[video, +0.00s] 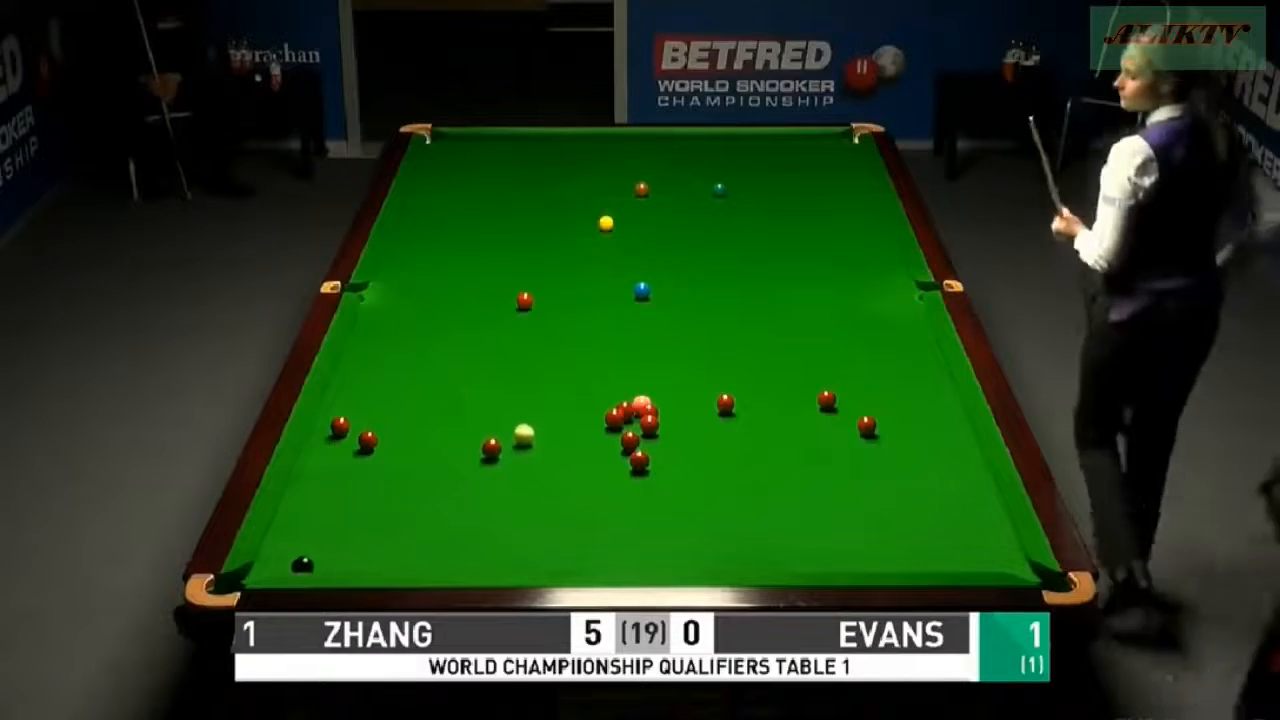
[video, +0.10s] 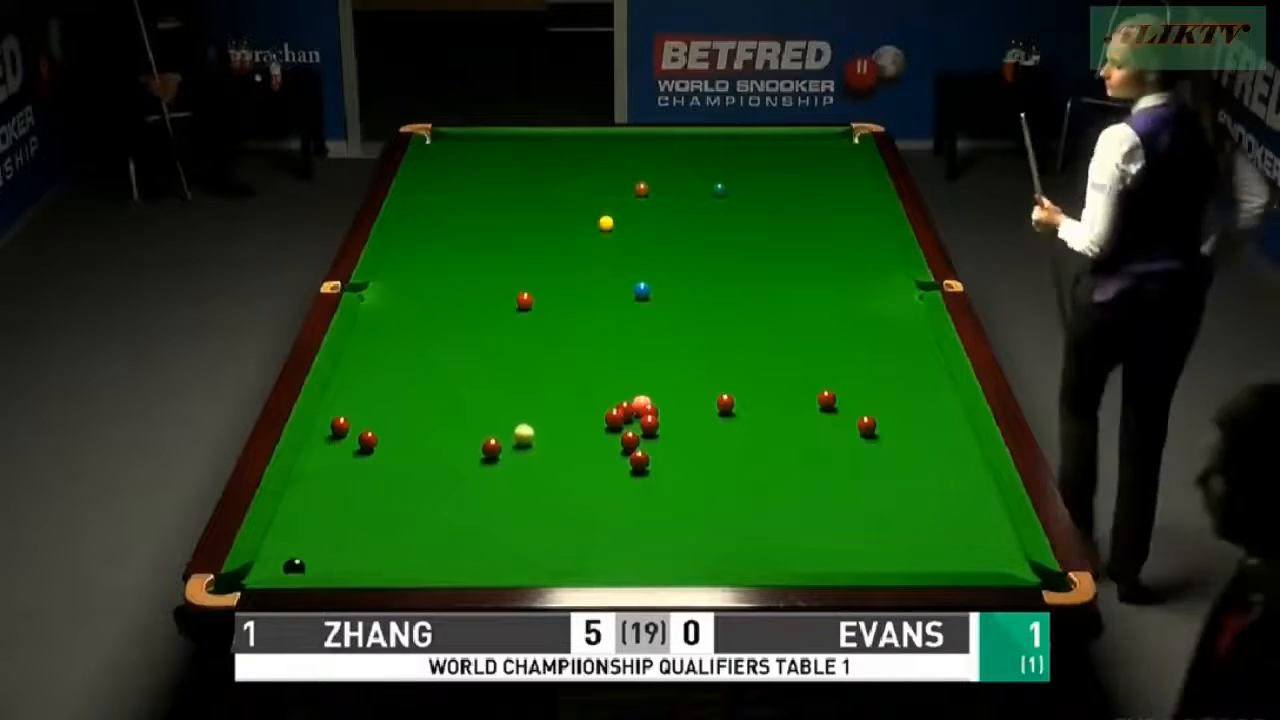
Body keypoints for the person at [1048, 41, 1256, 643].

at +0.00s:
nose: (1118, 83)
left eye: (1128, 75)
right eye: (1120, 72)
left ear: (1161, 83)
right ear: (1174, 82)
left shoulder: (1134, 153)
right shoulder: (1222, 138)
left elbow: (1104, 256)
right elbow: (1255, 220)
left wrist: (1074, 231)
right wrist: (1209, 261)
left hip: (1129, 316)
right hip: (1194, 312)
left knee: (1095, 432)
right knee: (1154, 439)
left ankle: (1124, 571)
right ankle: (1133, 574)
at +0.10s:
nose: (1105, 72)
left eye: (1114, 64)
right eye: (1107, 61)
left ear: (1144, 72)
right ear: (1163, 71)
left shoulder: (1119, 141)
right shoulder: (1210, 130)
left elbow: (1094, 240)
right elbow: (1255, 199)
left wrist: (1057, 221)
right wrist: (1204, 245)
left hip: (1112, 302)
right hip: (1176, 302)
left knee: (1079, 411)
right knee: (1146, 429)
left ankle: (1075, 552)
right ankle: (1127, 570)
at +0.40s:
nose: (1060, 57)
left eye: (1069, 50)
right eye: (1062, 47)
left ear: (1099, 55)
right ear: (1113, 56)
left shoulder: (1076, 123)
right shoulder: (1154, 106)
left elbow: (1061, 221)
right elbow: (1199, 169)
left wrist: (1019, 203)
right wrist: (1167, 229)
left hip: (1074, 269)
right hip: (1134, 266)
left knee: (1049, 384)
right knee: (1116, 387)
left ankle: (1056, 481)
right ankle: (1113, 479)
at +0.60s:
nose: (1034, 33)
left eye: (1044, 25)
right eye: (1036, 22)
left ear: (1078, 31)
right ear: (1082, 31)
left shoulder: (1049, 93)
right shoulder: (1126, 84)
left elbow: (1026, 188)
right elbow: (1155, 161)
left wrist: (999, 163)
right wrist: (1119, 194)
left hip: (1050, 242)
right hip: (1104, 239)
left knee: (1034, 353)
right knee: (1070, 342)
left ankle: (1033, 471)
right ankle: (1081, 467)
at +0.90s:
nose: (1010, 16)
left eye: (1019, 8)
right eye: (1011, 7)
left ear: (1048, 15)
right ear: (1050, 17)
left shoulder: (1025, 72)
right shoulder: (1082, 67)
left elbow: (998, 159)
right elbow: (1120, 134)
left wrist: (986, 135)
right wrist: (1074, 155)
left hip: (1029, 214)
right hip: (1070, 210)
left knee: (1022, 331)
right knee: (1030, 319)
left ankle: (1031, 452)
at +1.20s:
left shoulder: (1005, 42)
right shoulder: (1063, 34)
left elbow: (994, 127)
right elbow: (1108, 75)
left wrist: (967, 119)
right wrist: (1072, 117)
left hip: (1009, 174)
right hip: (1053, 173)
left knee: (979, 271)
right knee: (1027, 271)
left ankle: (1010, 368)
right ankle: (1023, 384)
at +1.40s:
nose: (965, 1)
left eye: (969, 1)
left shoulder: (984, 33)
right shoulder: (1039, 28)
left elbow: (976, 115)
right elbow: (1045, 102)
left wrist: (949, 108)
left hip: (982, 166)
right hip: (1031, 164)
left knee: (963, 265)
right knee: (1017, 272)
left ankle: (953, 370)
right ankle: (1012, 382)